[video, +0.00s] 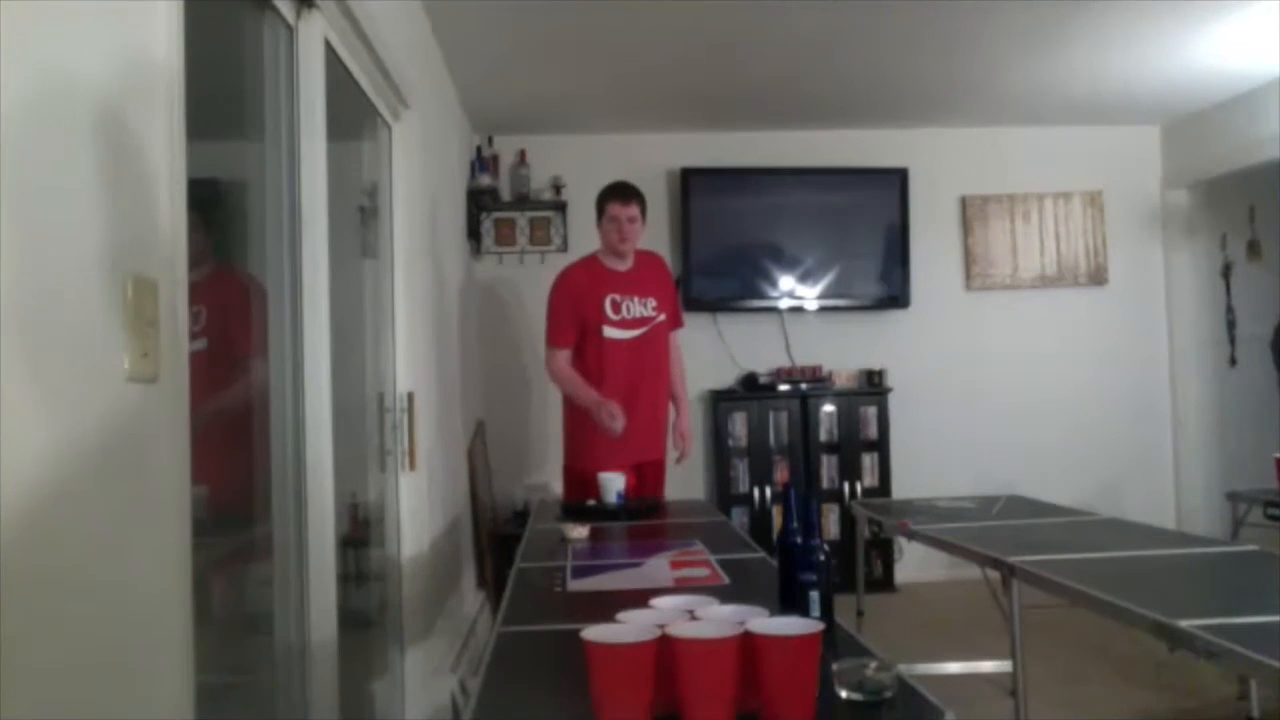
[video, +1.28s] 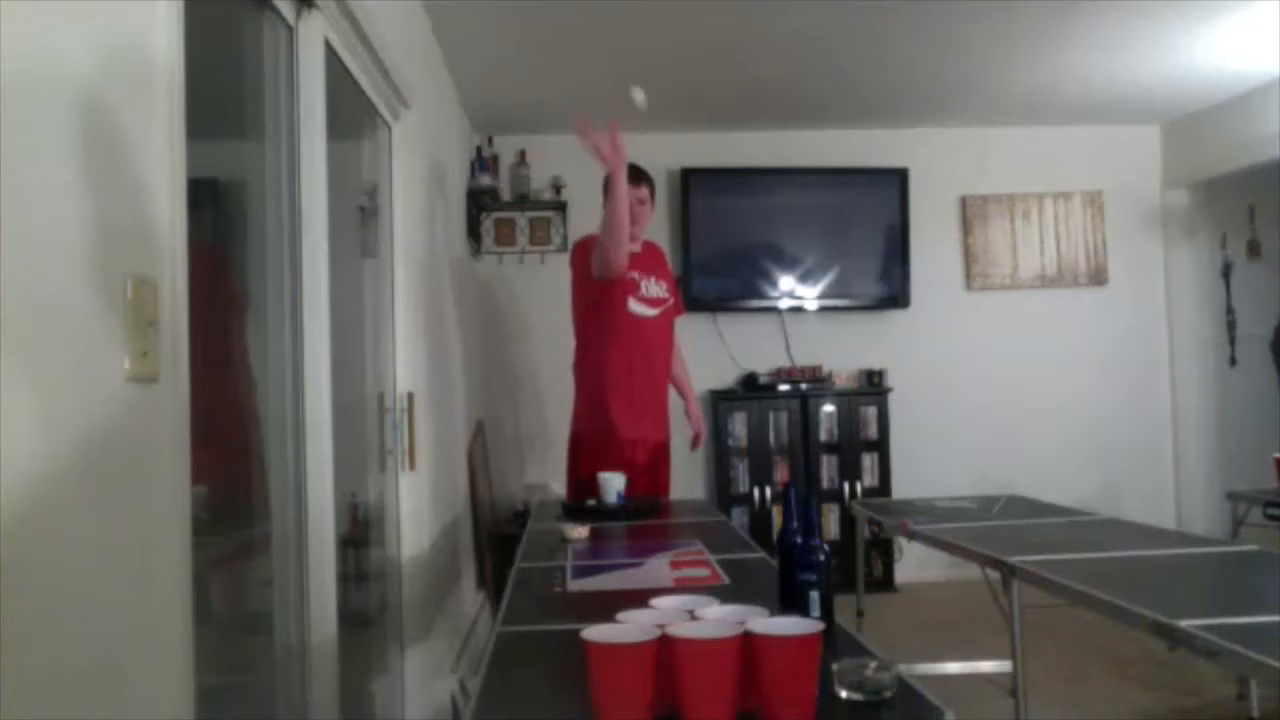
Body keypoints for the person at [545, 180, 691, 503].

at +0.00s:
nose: (623, 230)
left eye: (632, 221)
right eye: (614, 221)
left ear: (643, 226)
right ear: (599, 225)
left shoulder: (657, 271)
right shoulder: (574, 280)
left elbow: (670, 346)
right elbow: (557, 363)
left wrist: (682, 413)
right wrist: (596, 404)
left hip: (649, 438)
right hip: (594, 442)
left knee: (648, 540)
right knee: (594, 541)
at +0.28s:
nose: (624, 229)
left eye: (632, 220)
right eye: (614, 220)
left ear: (644, 225)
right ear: (600, 225)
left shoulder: (657, 270)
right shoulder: (578, 278)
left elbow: (671, 346)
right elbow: (569, 361)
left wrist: (681, 413)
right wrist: (608, 362)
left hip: (651, 435)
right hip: (597, 439)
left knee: (650, 539)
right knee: (597, 540)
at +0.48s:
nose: (625, 229)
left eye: (634, 220)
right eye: (616, 220)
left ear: (646, 225)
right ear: (602, 224)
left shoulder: (657, 269)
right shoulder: (581, 275)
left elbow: (671, 344)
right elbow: (579, 350)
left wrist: (684, 412)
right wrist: (610, 313)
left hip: (652, 430)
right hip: (598, 433)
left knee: (652, 537)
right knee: (598, 538)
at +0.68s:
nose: (626, 226)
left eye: (635, 217)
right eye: (617, 217)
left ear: (646, 223)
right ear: (603, 222)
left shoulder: (657, 267)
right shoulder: (584, 272)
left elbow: (673, 343)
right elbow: (587, 331)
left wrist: (687, 411)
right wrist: (613, 265)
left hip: (652, 433)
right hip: (599, 434)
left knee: (652, 540)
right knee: (598, 541)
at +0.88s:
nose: (629, 223)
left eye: (637, 214)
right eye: (621, 215)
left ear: (648, 220)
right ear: (608, 220)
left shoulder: (658, 265)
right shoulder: (587, 267)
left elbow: (675, 341)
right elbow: (594, 312)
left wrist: (690, 405)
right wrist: (613, 238)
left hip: (653, 436)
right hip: (601, 438)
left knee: (653, 542)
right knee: (600, 546)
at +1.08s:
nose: (631, 214)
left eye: (639, 204)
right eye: (623, 205)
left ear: (649, 212)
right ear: (607, 211)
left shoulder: (656, 259)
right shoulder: (588, 257)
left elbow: (672, 336)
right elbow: (604, 255)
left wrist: (691, 398)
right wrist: (618, 176)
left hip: (652, 429)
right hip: (603, 429)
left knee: (652, 541)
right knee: (598, 544)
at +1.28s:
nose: (635, 211)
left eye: (642, 202)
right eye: (625, 202)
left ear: (652, 208)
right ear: (609, 207)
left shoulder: (656, 259)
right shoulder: (588, 252)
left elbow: (666, 339)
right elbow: (614, 264)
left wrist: (689, 400)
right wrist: (618, 170)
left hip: (651, 429)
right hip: (602, 429)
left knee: (650, 544)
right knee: (600, 546)